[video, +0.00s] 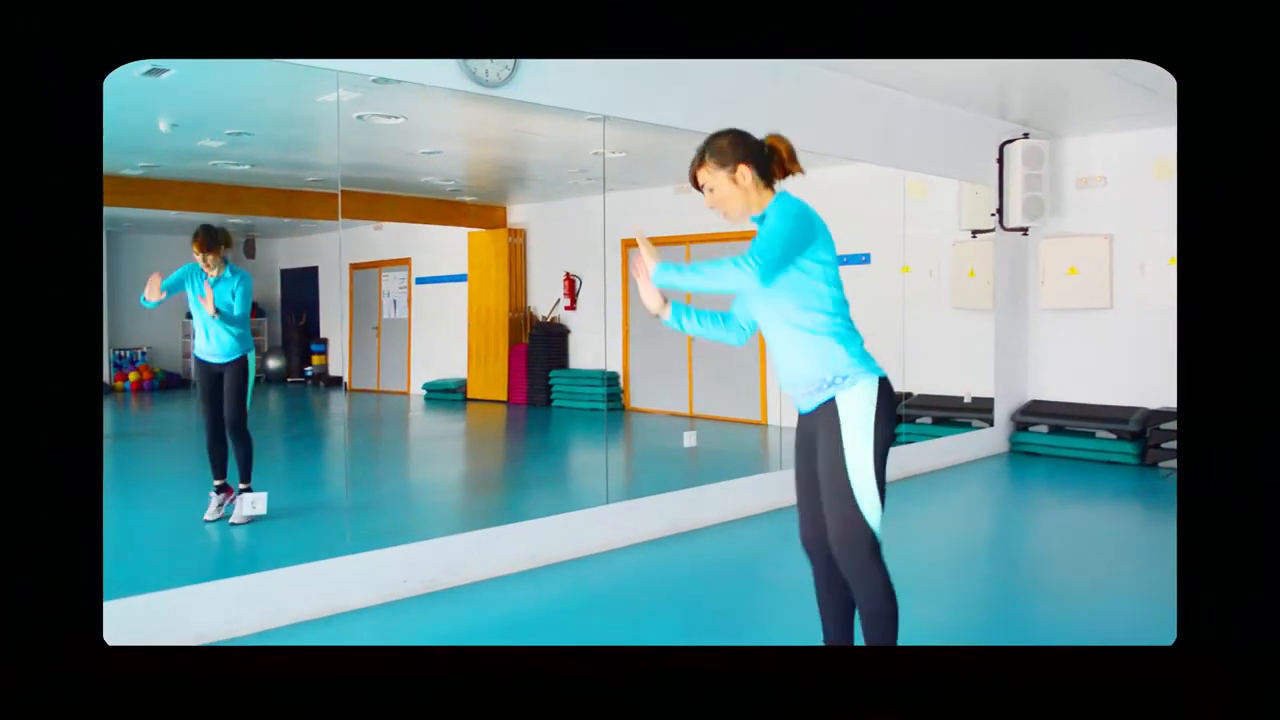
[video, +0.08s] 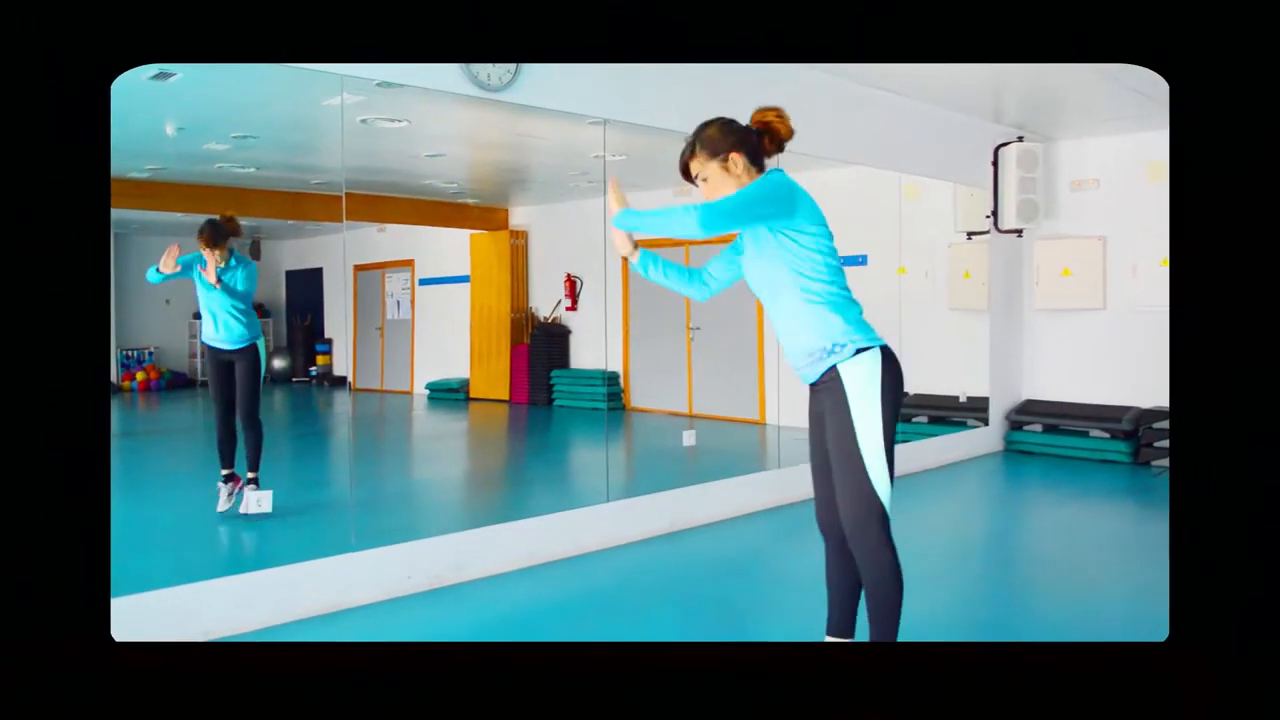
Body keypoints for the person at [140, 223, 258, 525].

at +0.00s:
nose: (205, 261)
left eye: (209, 255)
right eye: (200, 256)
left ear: (223, 250)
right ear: (195, 253)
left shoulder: (240, 279)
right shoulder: (189, 273)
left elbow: (242, 323)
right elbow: (152, 299)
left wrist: (214, 312)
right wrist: (149, 295)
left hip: (237, 358)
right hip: (205, 359)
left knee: (235, 423)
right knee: (213, 425)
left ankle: (245, 493)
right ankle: (221, 490)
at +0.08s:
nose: (208, 255)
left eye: (213, 249)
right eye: (205, 249)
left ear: (226, 245)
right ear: (202, 247)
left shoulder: (245, 267)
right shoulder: (196, 261)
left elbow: (245, 302)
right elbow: (151, 278)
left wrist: (216, 282)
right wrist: (161, 269)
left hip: (247, 348)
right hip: (215, 349)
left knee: (247, 414)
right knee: (222, 414)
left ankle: (252, 480)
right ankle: (228, 478)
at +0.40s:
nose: (241, 286)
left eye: (244, 280)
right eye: (236, 281)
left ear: (256, 274)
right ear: (233, 279)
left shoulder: (274, 289)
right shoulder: (231, 292)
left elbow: (283, 305)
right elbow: (210, 298)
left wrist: (262, 308)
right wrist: (194, 302)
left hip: (278, 369)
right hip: (247, 371)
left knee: (279, 427)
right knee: (251, 433)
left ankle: (287, 482)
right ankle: (267, 476)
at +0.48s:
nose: (242, 281)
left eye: (246, 275)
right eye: (238, 276)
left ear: (260, 269)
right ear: (234, 274)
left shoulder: (280, 291)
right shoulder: (232, 291)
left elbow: (297, 326)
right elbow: (206, 317)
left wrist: (287, 357)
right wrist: (186, 346)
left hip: (282, 366)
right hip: (251, 368)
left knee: (286, 423)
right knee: (247, 428)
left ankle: (293, 479)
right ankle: (262, 478)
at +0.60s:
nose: (243, 285)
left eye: (247, 279)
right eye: (239, 281)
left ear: (261, 276)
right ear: (237, 282)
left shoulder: (287, 303)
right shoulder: (236, 307)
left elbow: (305, 336)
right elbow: (219, 342)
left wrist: (316, 370)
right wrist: (206, 379)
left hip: (288, 376)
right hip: (254, 377)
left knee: (294, 425)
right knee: (243, 428)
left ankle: (300, 478)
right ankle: (241, 493)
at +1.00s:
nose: (230, 274)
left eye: (234, 268)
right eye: (228, 269)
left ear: (251, 267)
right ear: (229, 272)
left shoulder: (273, 298)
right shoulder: (233, 298)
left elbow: (298, 331)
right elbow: (238, 334)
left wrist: (314, 368)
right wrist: (243, 361)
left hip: (273, 375)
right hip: (245, 377)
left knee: (258, 434)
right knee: (245, 437)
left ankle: (291, 484)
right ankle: (258, 498)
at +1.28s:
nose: (172, 276)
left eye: (173, 271)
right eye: (173, 272)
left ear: (179, 271)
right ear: (199, 271)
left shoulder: (180, 295)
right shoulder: (213, 300)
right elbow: (238, 337)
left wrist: (157, 335)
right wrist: (220, 355)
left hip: (200, 380)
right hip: (216, 377)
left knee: (185, 449)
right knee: (202, 443)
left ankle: (198, 525)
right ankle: (224, 498)